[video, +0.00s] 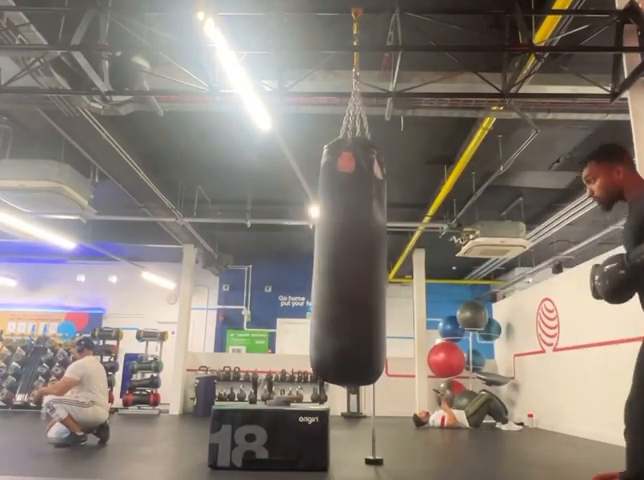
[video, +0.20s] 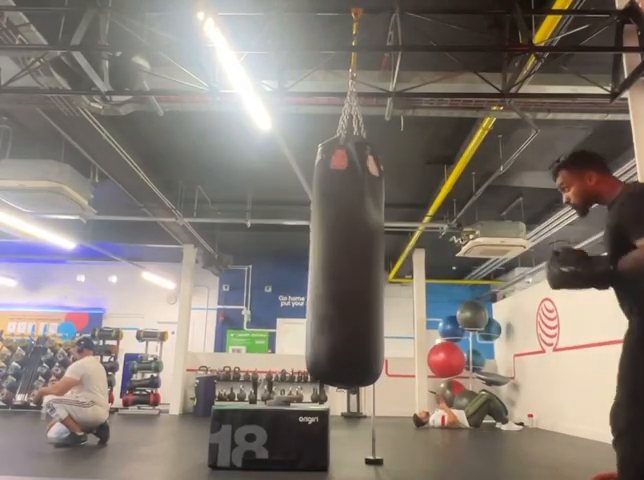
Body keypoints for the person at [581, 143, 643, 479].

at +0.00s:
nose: (589, 193)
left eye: (591, 180)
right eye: (586, 185)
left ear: (618, 168)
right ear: (618, 171)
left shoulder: (640, 208)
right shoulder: (634, 217)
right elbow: (634, 266)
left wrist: (628, 266)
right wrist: (614, 281)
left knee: (636, 407)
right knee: (636, 407)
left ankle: (635, 469)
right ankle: (633, 468)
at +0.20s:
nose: (565, 199)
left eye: (566, 188)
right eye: (562, 192)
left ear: (592, 177)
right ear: (592, 180)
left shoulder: (631, 202)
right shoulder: (620, 209)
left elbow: (642, 253)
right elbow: (629, 258)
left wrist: (599, 270)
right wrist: (590, 263)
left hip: (640, 325)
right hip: (636, 324)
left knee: (627, 414)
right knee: (626, 412)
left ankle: (630, 471)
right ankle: (629, 469)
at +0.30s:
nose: (548, 196)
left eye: (549, 185)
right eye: (545, 189)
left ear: (573, 174)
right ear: (575, 176)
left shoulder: (611, 196)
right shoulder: (604, 200)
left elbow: (622, 252)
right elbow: (611, 251)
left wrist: (564, 259)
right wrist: (571, 247)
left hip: (633, 318)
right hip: (626, 317)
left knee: (625, 405)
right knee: (624, 401)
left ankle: (628, 469)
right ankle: (626, 466)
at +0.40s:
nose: (537, 195)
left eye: (537, 185)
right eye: (534, 188)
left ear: (560, 173)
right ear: (564, 174)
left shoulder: (588, 195)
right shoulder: (611, 193)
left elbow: (592, 249)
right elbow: (591, 255)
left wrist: (535, 262)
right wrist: (555, 234)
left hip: (618, 320)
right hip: (635, 316)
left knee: (595, 416)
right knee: (639, 404)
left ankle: (607, 473)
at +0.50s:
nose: (527, 201)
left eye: (528, 191)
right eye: (524, 194)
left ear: (549, 181)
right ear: (555, 181)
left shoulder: (576, 203)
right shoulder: (603, 202)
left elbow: (580, 253)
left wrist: (525, 259)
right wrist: (540, 242)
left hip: (603, 324)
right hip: (632, 321)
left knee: (549, 409)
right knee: (640, 410)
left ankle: (558, 475)